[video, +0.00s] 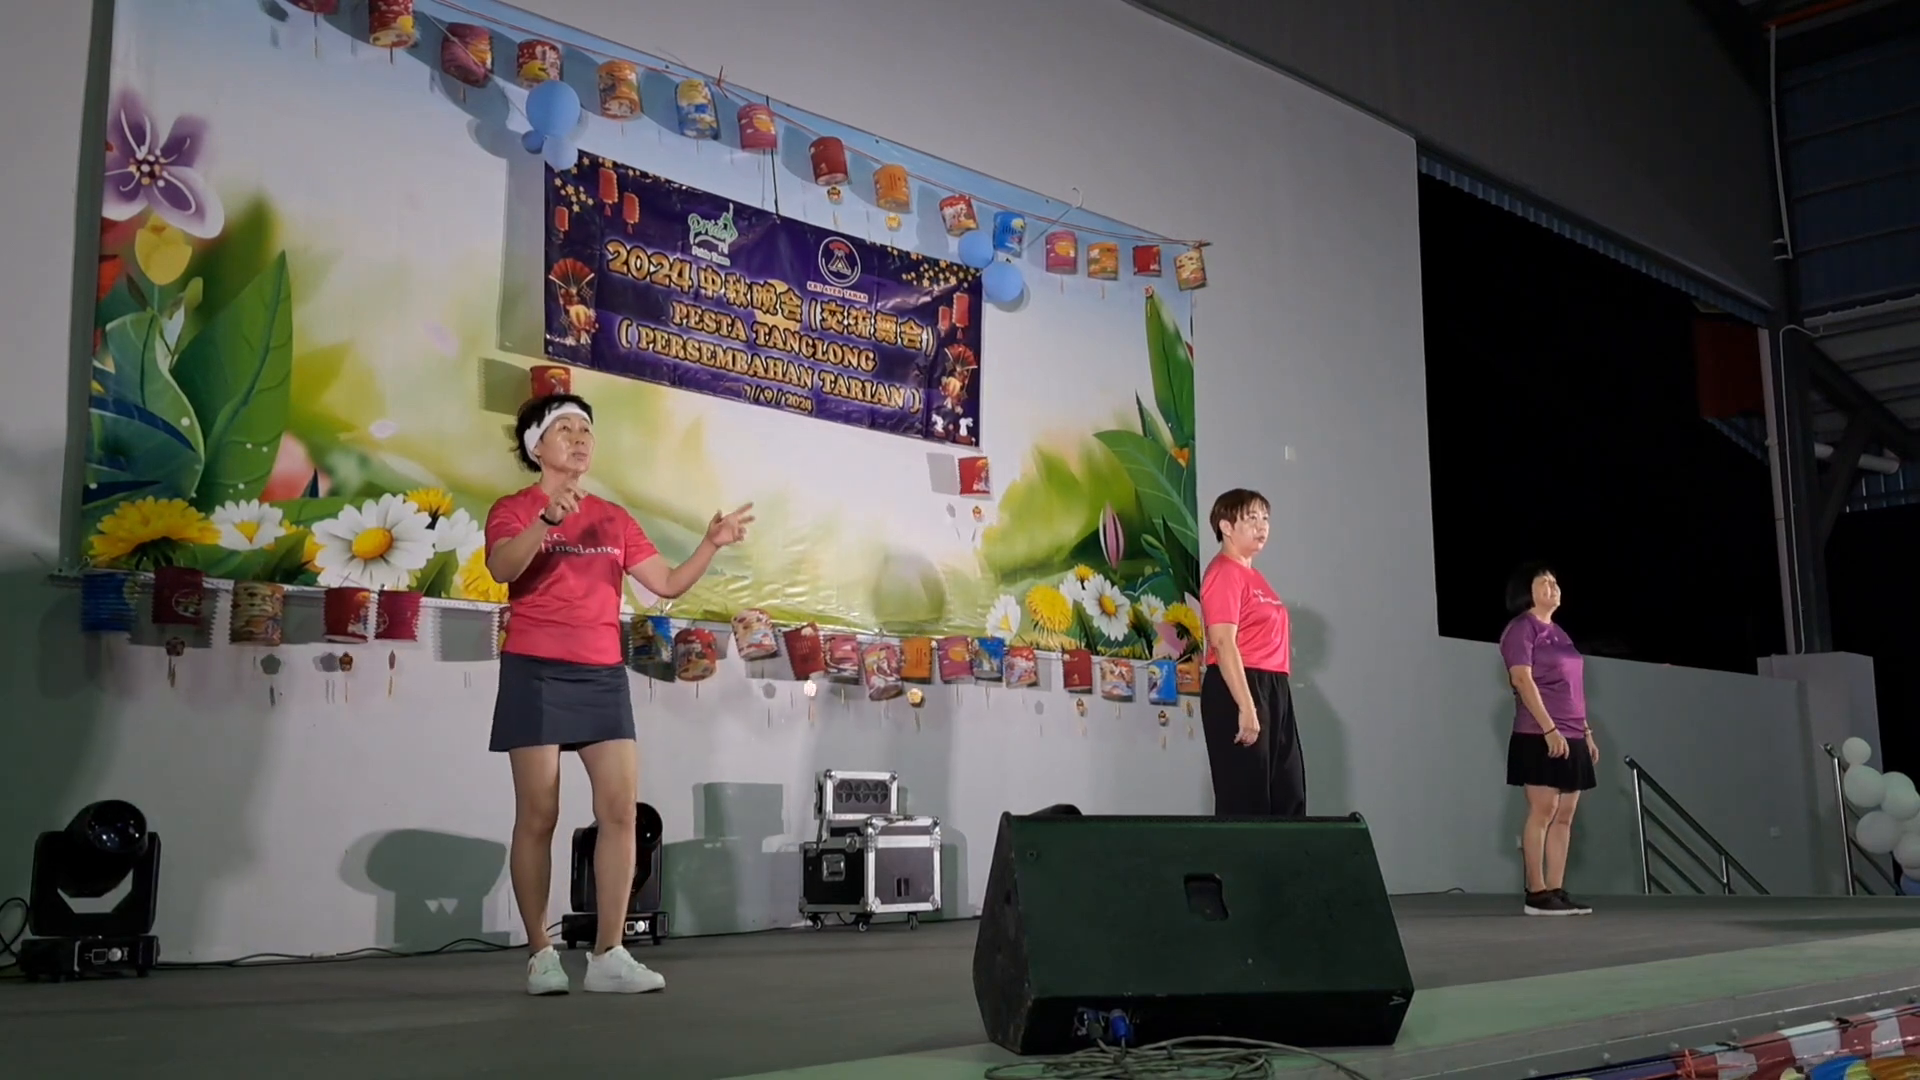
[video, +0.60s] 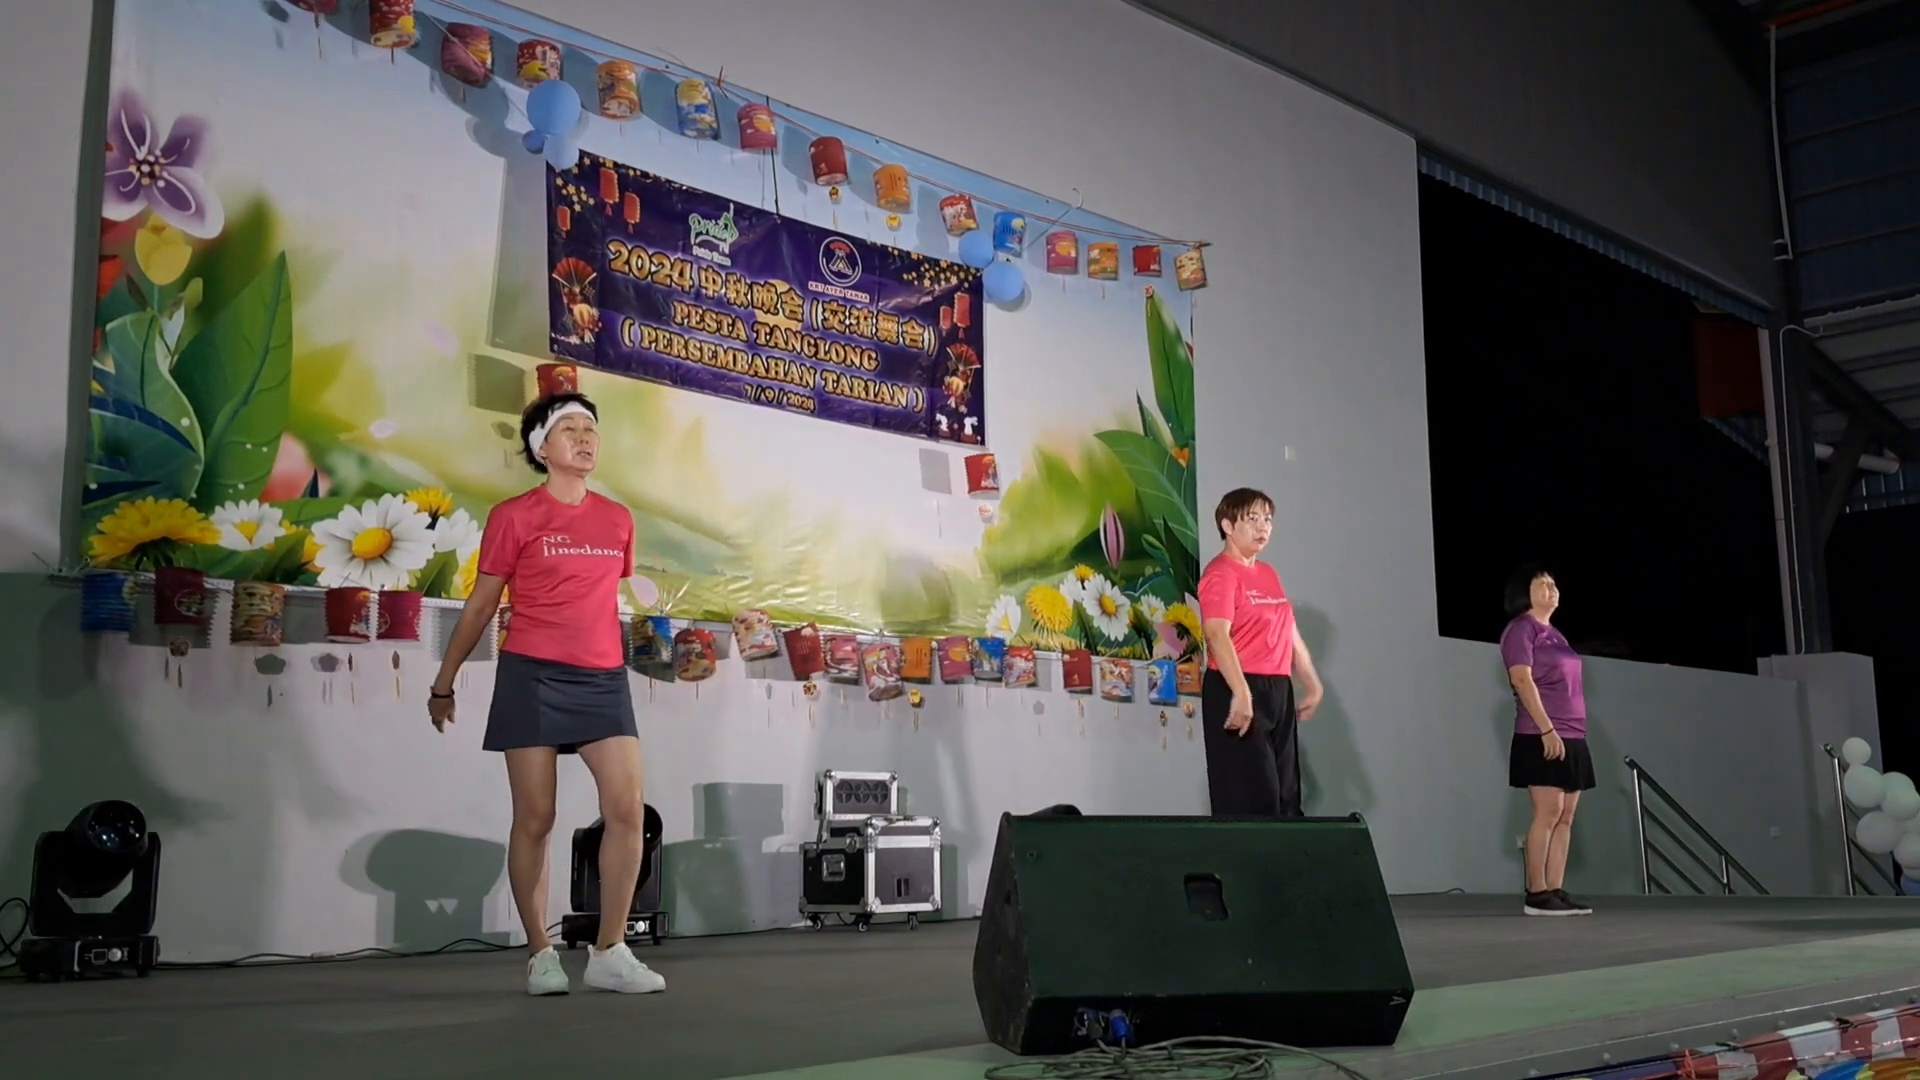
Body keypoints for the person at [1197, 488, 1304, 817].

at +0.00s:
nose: (1262, 528)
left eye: (1265, 520)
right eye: (1252, 520)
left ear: (1270, 525)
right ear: (1226, 527)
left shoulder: (1250, 573)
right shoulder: (1224, 572)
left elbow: (1255, 641)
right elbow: (1223, 642)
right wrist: (1245, 706)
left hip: (1273, 688)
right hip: (1240, 687)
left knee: (1288, 795)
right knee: (1246, 798)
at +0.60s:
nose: (1263, 528)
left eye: (1267, 520)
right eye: (1252, 519)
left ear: (1272, 525)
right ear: (1227, 525)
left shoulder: (1267, 572)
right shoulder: (1221, 574)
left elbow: (1289, 631)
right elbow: (1216, 635)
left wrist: (1313, 684)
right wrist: (1241, 693)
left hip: (1277, 693)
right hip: (1236, 692)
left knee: (1286, 796)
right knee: (1257, 797)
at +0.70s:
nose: (1260, 531)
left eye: (1265, 523)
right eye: (1251, 522)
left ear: (1270, 529)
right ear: (1226, 528)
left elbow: (1306, 631)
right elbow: (1200, 632)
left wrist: (1345, 675)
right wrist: (1214, 684)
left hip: (1279, 698)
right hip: (1235, 698)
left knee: (1286, 798)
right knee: (1251, 799)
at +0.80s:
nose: (1256, 533)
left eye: (1261, 525)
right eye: (1247, 524)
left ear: (1266, 532)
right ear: (1221, 529)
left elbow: (1320, 626)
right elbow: (1182, 628)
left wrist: (1370, 657)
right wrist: (1179, 677)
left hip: (1277, 696)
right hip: (1227, 695)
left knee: (1282, 793)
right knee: (1229, 794)